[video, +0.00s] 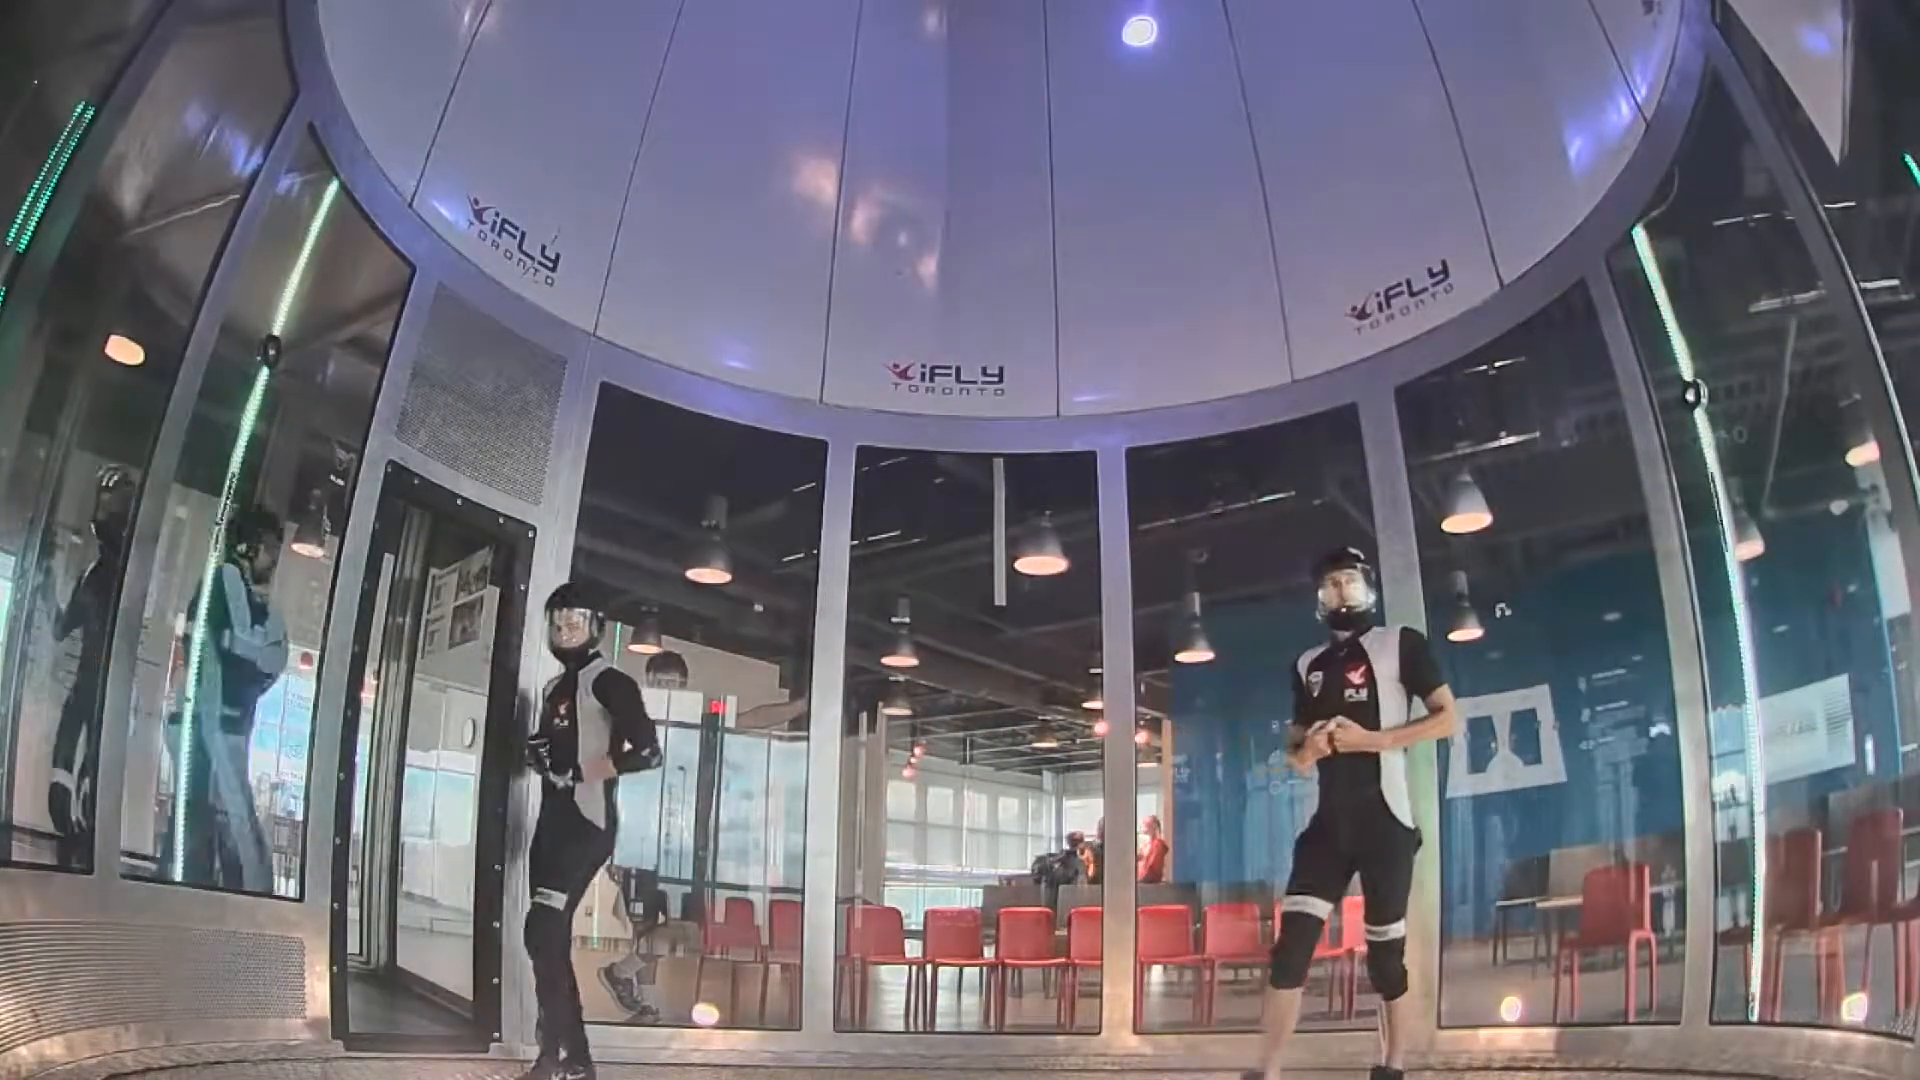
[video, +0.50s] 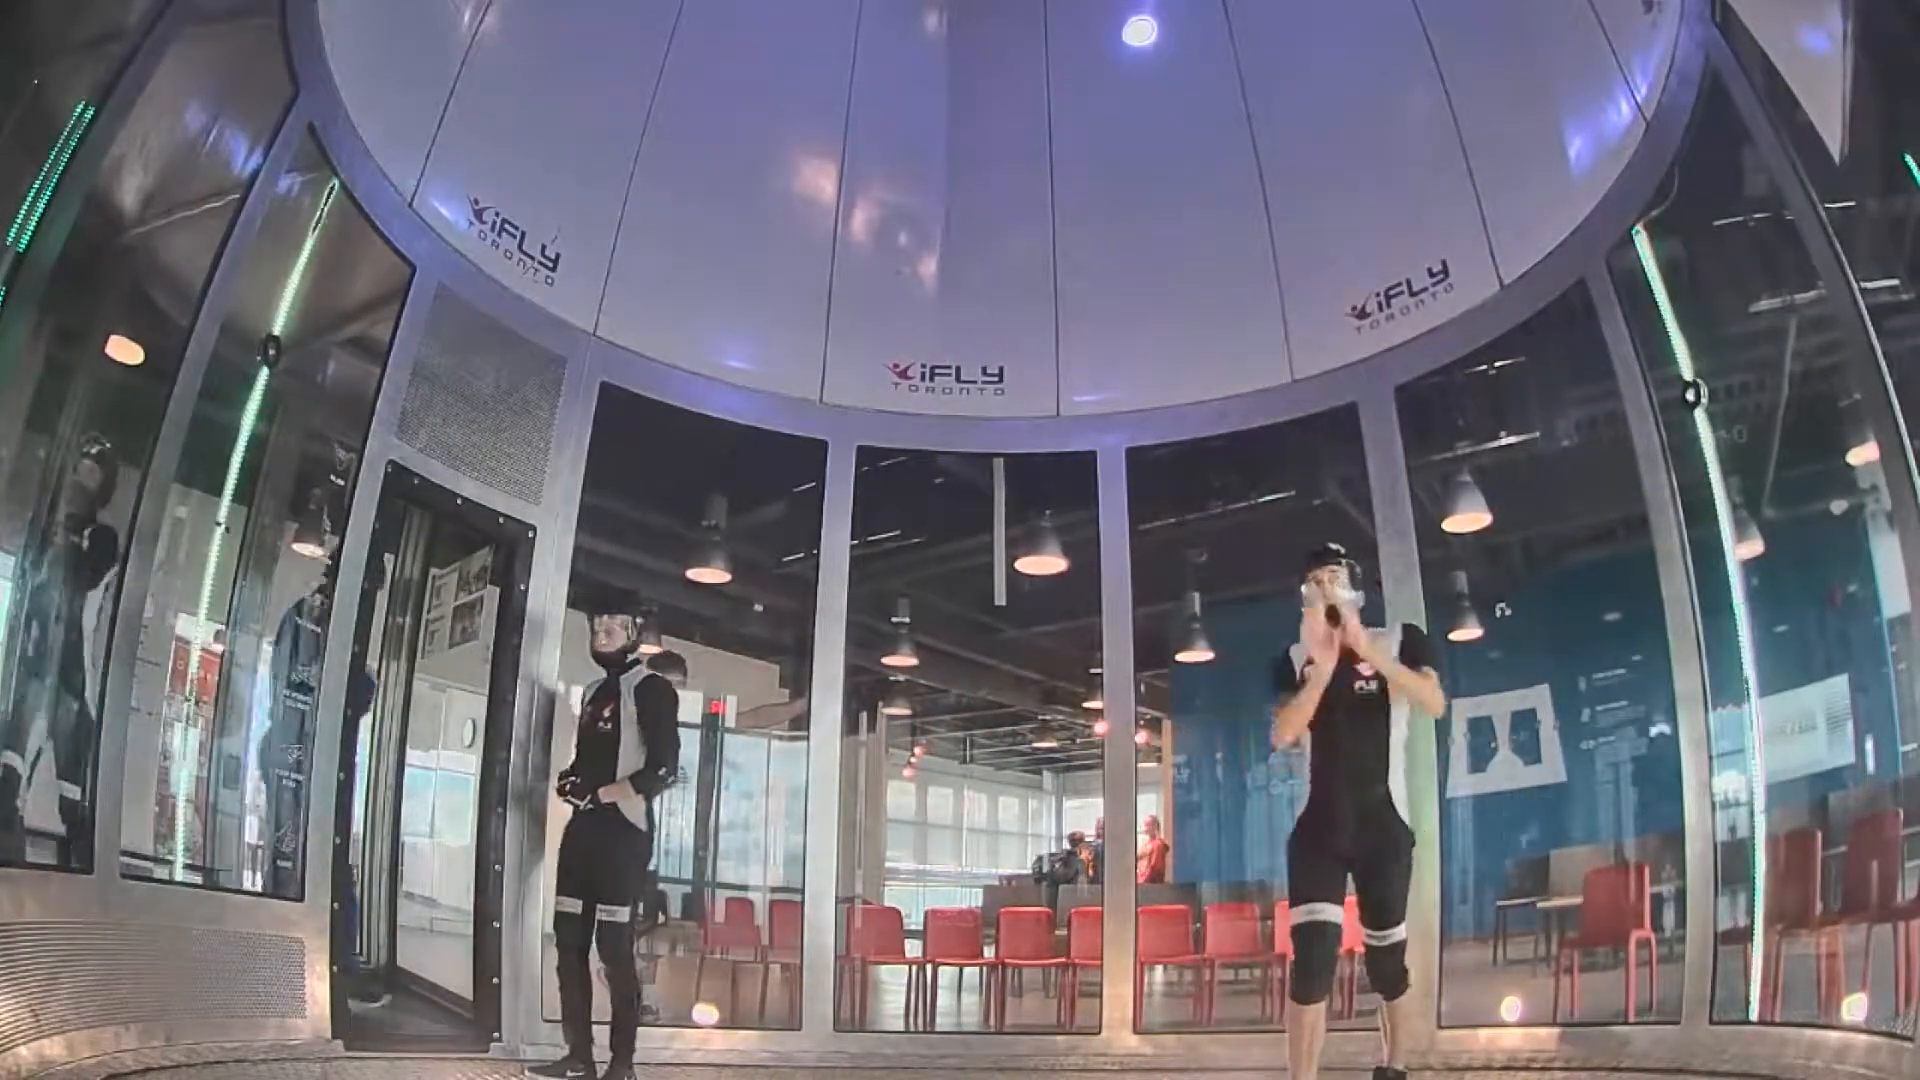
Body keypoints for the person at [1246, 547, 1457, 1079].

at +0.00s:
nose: (1340, 593)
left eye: (1350, 582)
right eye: (1330, 584)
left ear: (1370, 588)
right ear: (1318, 595)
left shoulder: (1402, 643)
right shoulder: (1307, 665)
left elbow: (1448, 718)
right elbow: (1296, 756)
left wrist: (1375, 739)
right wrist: (1308, 750)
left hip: (1388, 821)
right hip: (1329, 822)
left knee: (1384, 962)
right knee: (1290, 949)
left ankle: (1391, 1064)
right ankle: (1266, 1071)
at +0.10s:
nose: (1343, 596)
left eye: (1352, 585)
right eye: (1334, 587)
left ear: (1373, 591)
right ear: (1322, 598)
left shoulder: (1405, 646)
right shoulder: (1311, 667)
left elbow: (1449, 723)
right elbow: (1302, 760)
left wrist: (1371, 741)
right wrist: (1311, 750)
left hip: (1391, 826)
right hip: (1331, 827)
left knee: (1386, 966)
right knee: (1300, 955)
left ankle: (1393, 1066)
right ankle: (1293, 1075)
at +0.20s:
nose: (1343, 596)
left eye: (1353, 584)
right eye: (1333, 587)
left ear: (1374, 591)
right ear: (1322, 599)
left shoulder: (1409, 648)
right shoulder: (1309, 667)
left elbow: (1446, 728)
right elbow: (1303, 762)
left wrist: (1369, 738)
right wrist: (1313, 750)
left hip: (1392, 826)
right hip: (1331, 828)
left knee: (1387, 966)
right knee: (1313, 959)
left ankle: (1393, 1066)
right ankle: (1307, 1076)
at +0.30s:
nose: (1344, 595)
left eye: (1353, 584)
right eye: (1333, 587)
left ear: (1373, 590)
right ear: (1321, 598)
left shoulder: (1408, 647)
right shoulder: (1308, 666)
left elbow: (1445, 728)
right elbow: (1301, 764)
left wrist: (1366, 734)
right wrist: (1312, 751)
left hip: (1392, 826)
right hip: (1331, 827)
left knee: (1389, 966)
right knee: (1313, 960)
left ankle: (1392, 1069)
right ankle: (1307, 1076)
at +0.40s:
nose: (1332, 591)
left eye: (1341, 580)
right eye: (1322, 583)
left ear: (1361, 585)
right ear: (1310, 594)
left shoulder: (1403, 643)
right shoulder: (1299, 663)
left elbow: (1439, 718)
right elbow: (1285, 756)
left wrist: (1371, 680)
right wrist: (1316, 718)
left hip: (1387, 827)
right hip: (1322, 829)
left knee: (1389, 968)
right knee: (1313, 960)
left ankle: (1392, 1066)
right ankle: (1303, 1076)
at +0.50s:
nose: (1327, 588)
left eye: (1336, 577)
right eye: (1317, 580)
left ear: (1355, 586)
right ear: (1304, 592)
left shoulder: (1399, 641)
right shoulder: (1292, 659)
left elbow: (1434, 702)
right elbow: (1284, 734)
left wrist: (1366, 647)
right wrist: (1322, 666)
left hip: (1382, 828)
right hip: (1318, 830)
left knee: (1387, 967)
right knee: (1313, 962)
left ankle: (1392, 1065)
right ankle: (1302, 1076)